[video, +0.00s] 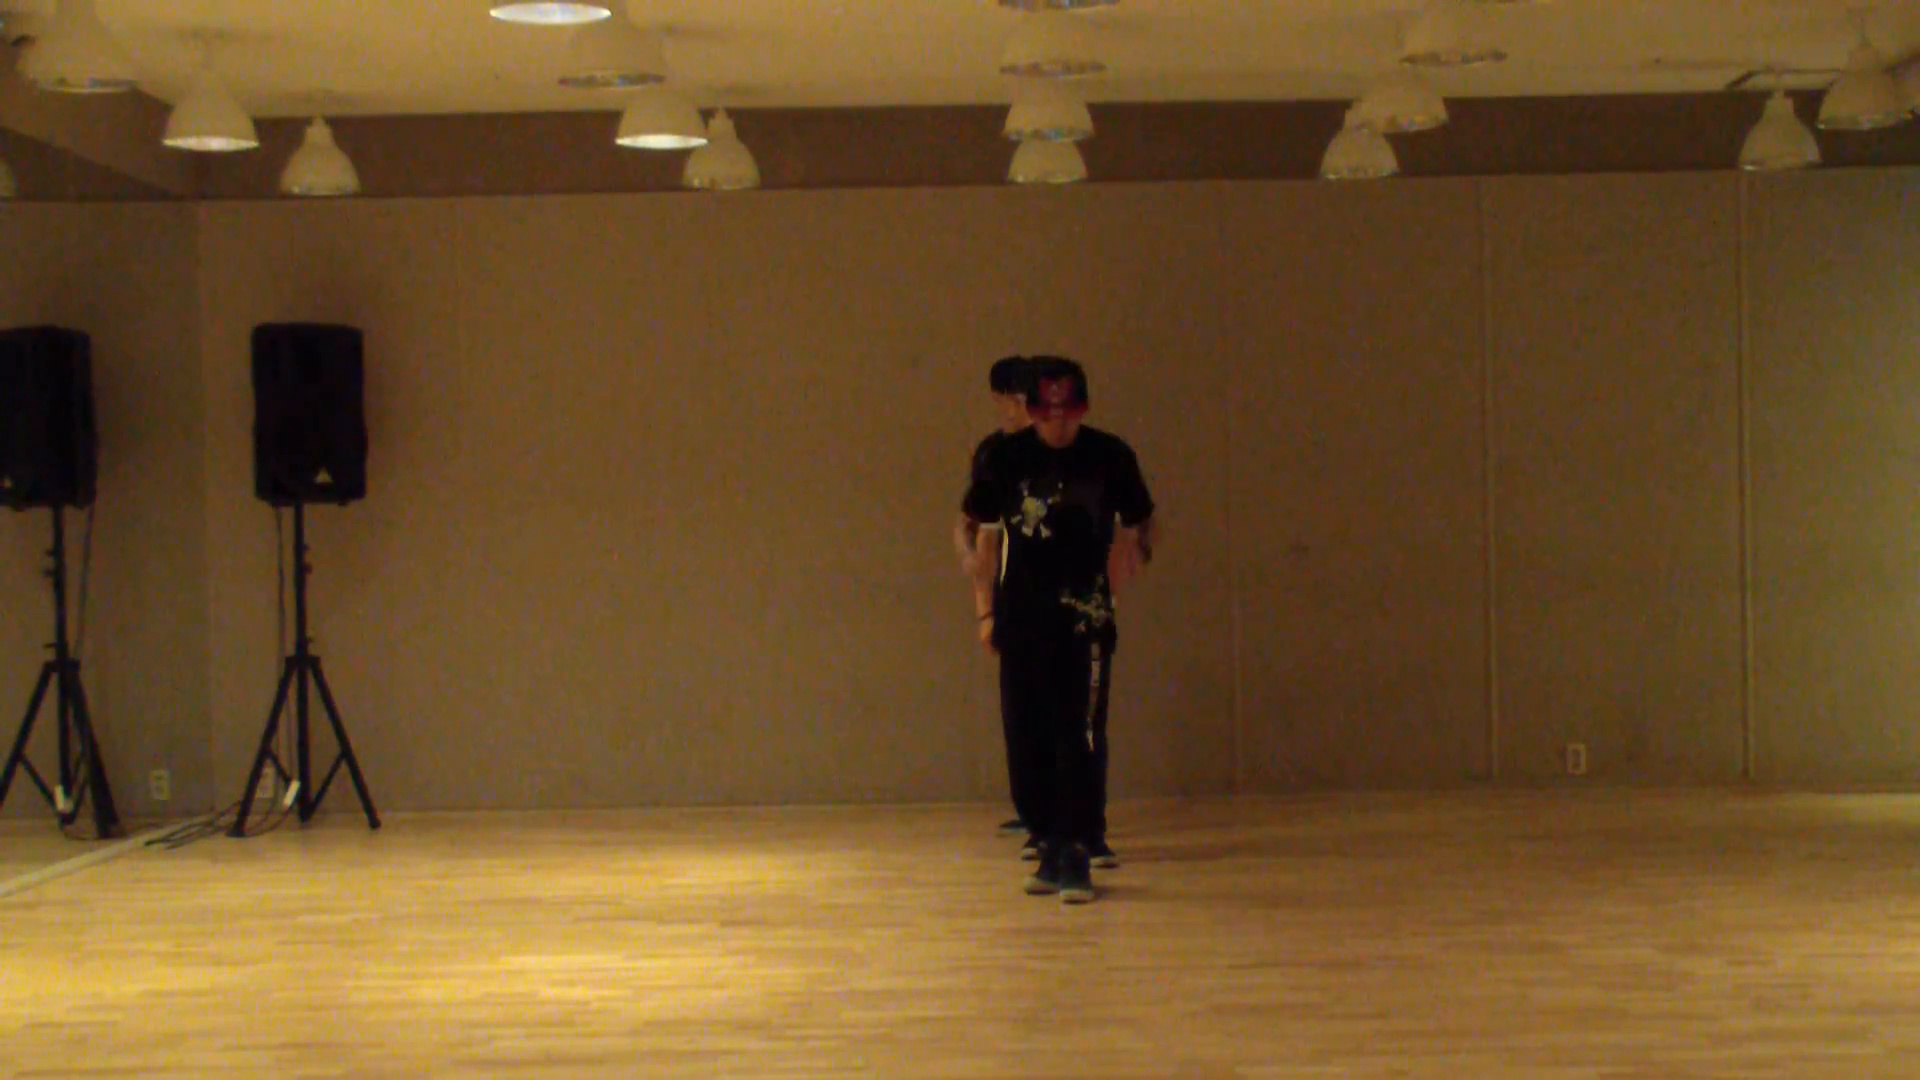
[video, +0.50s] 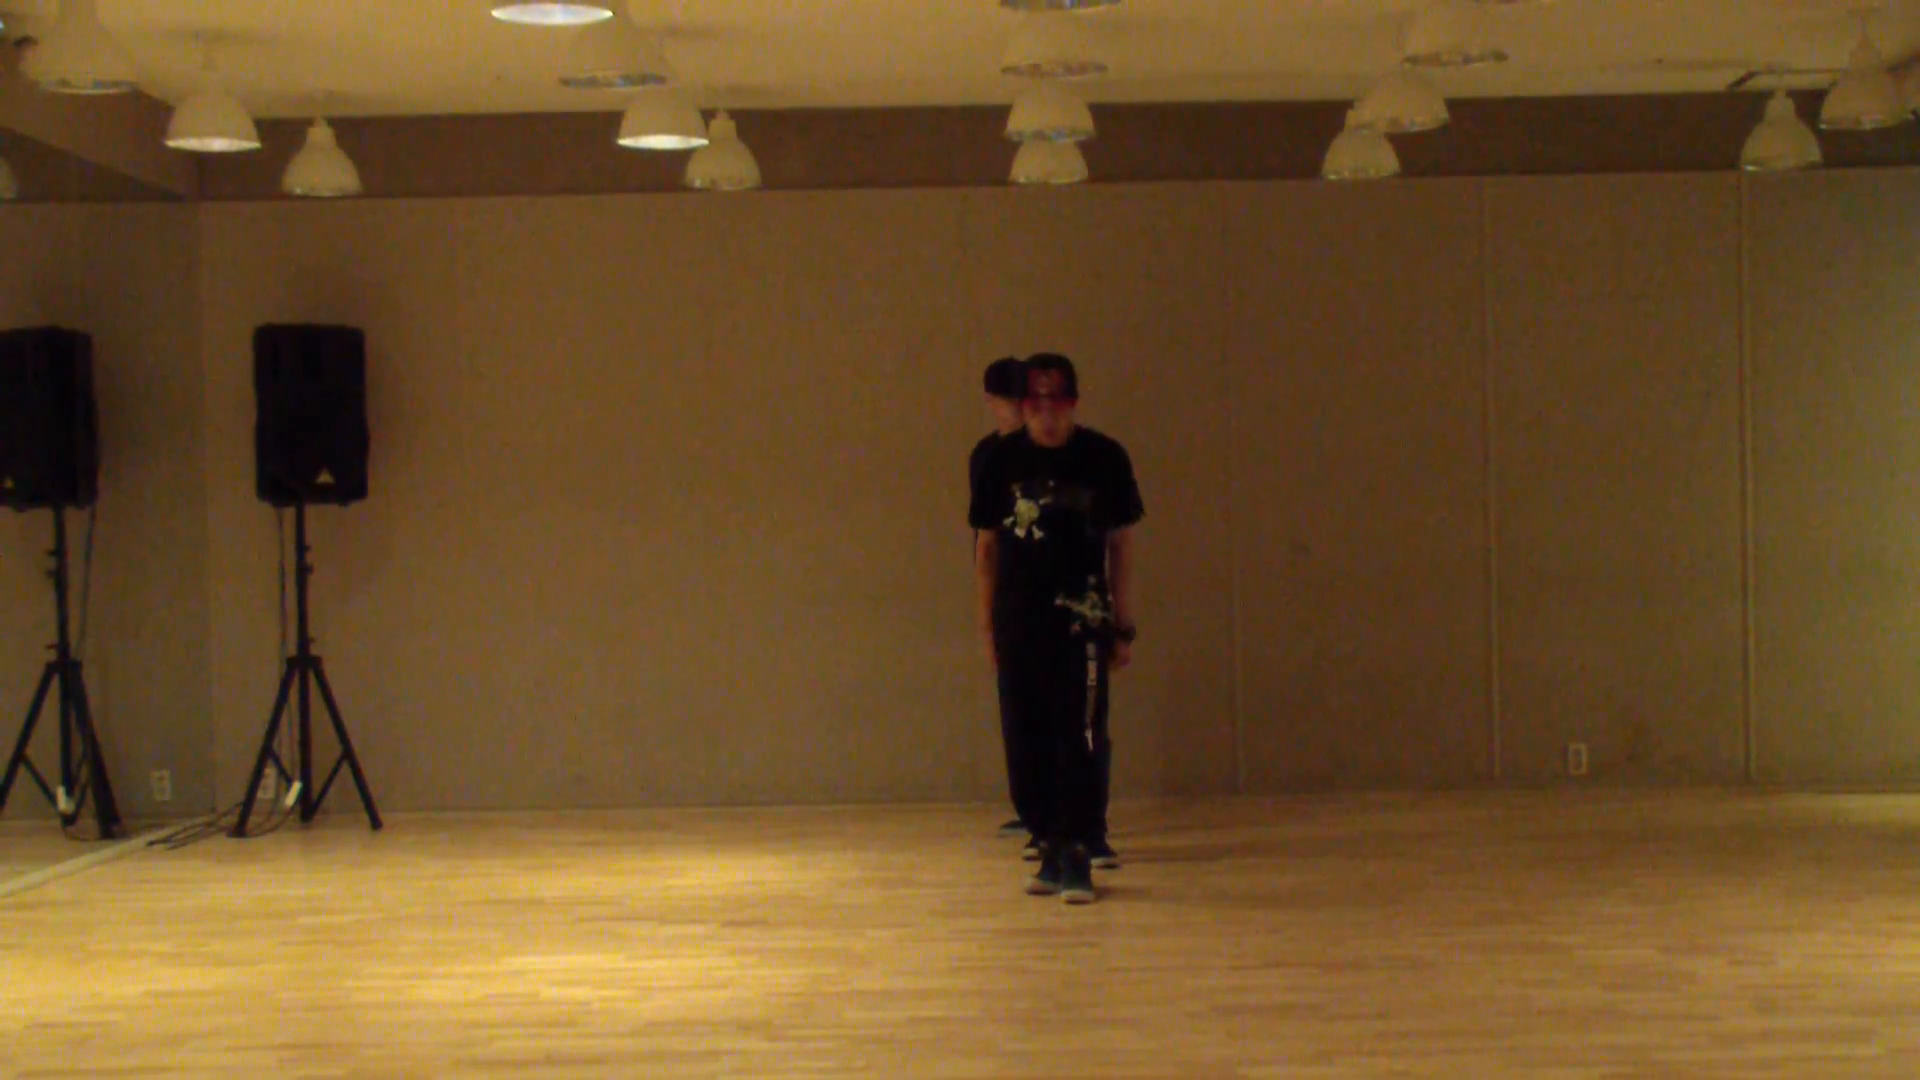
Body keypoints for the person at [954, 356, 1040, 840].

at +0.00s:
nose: (1001, 408)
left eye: (1005, 399)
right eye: (999, 399)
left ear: (1024, 399)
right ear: (1002, 400)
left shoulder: (1055, 449)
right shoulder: (993, 450)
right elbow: (967, 518)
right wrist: (969, 551)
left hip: (1053, 584)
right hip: (1012, 585)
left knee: (1052, 700)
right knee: (1021, 700)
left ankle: (1047, 810)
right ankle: (1026, 807)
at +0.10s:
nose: (999, 410)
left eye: (1002, 401)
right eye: (997, 401)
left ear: (1020, 400)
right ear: (1003, 401)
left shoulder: (1052, 451)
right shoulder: (990, 453)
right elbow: (981, 534)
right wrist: (984, 610)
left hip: (1058, 594)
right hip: (1015, 596)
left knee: (1058, 708)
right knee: (1022, 708)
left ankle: (1050, 814)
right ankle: (1027, 807)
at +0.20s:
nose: (998, 410)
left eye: (1002, 401)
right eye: (997, 401)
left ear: (1020, 400)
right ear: (1003, 401)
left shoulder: (1053, 451)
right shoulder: (990, 452)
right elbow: (982, 533)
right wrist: (984, 591)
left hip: (1054, 591)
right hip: (1013, 593)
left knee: (1052, 704)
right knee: (1022, 705)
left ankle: (1046, 811)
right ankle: (1027, 805)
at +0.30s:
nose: (998, 411)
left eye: (1002, 402)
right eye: (996, 402)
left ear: (1019, 400)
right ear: (1000, 402)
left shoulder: (1052, 450)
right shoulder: (990, 453)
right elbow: (980, 530)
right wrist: (984, 591)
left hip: (1052, 590)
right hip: (1011, 592)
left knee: (1050, 704)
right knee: (1020, 704)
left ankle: (1046, 811)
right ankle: (1026, 807)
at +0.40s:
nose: (997, 410)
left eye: (1001, 401)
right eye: (996, 401)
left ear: (1017, 399)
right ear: (1000, 400)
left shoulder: (1051, 450)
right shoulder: (990, 452)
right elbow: (981, 529)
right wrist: (984, 591)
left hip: (1050, 589)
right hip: (1010, 591)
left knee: (1050, 701)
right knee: (1021, 701)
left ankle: (1047, 810)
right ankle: (1026, 805)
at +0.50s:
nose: (1000, 411)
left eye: (1006, 402)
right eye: (997, 402)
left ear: (1023, 402)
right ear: (995, 403)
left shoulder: (1050, 452)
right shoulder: (986, 455)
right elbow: (986, 540)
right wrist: (988, 615)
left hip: (1062, 597)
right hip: (1015, 601)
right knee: (1022, 713)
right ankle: (1028, 810)